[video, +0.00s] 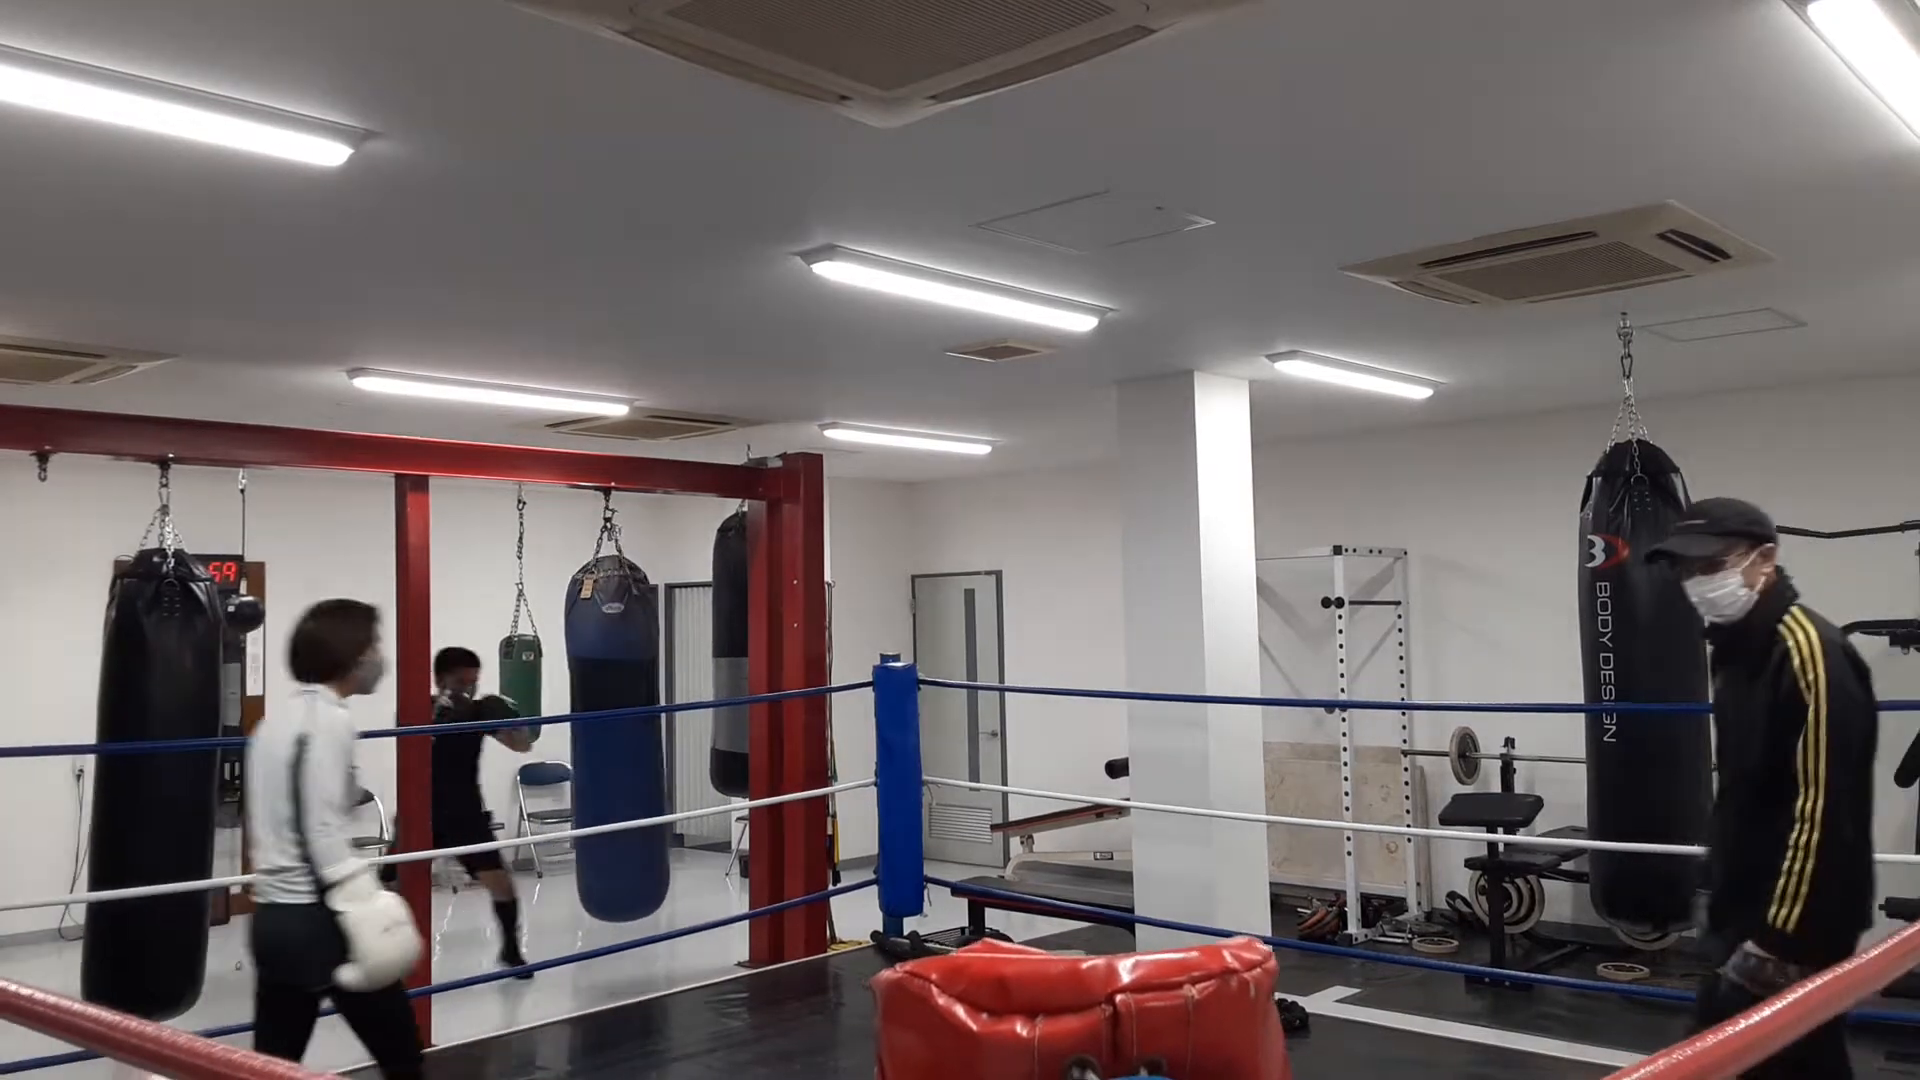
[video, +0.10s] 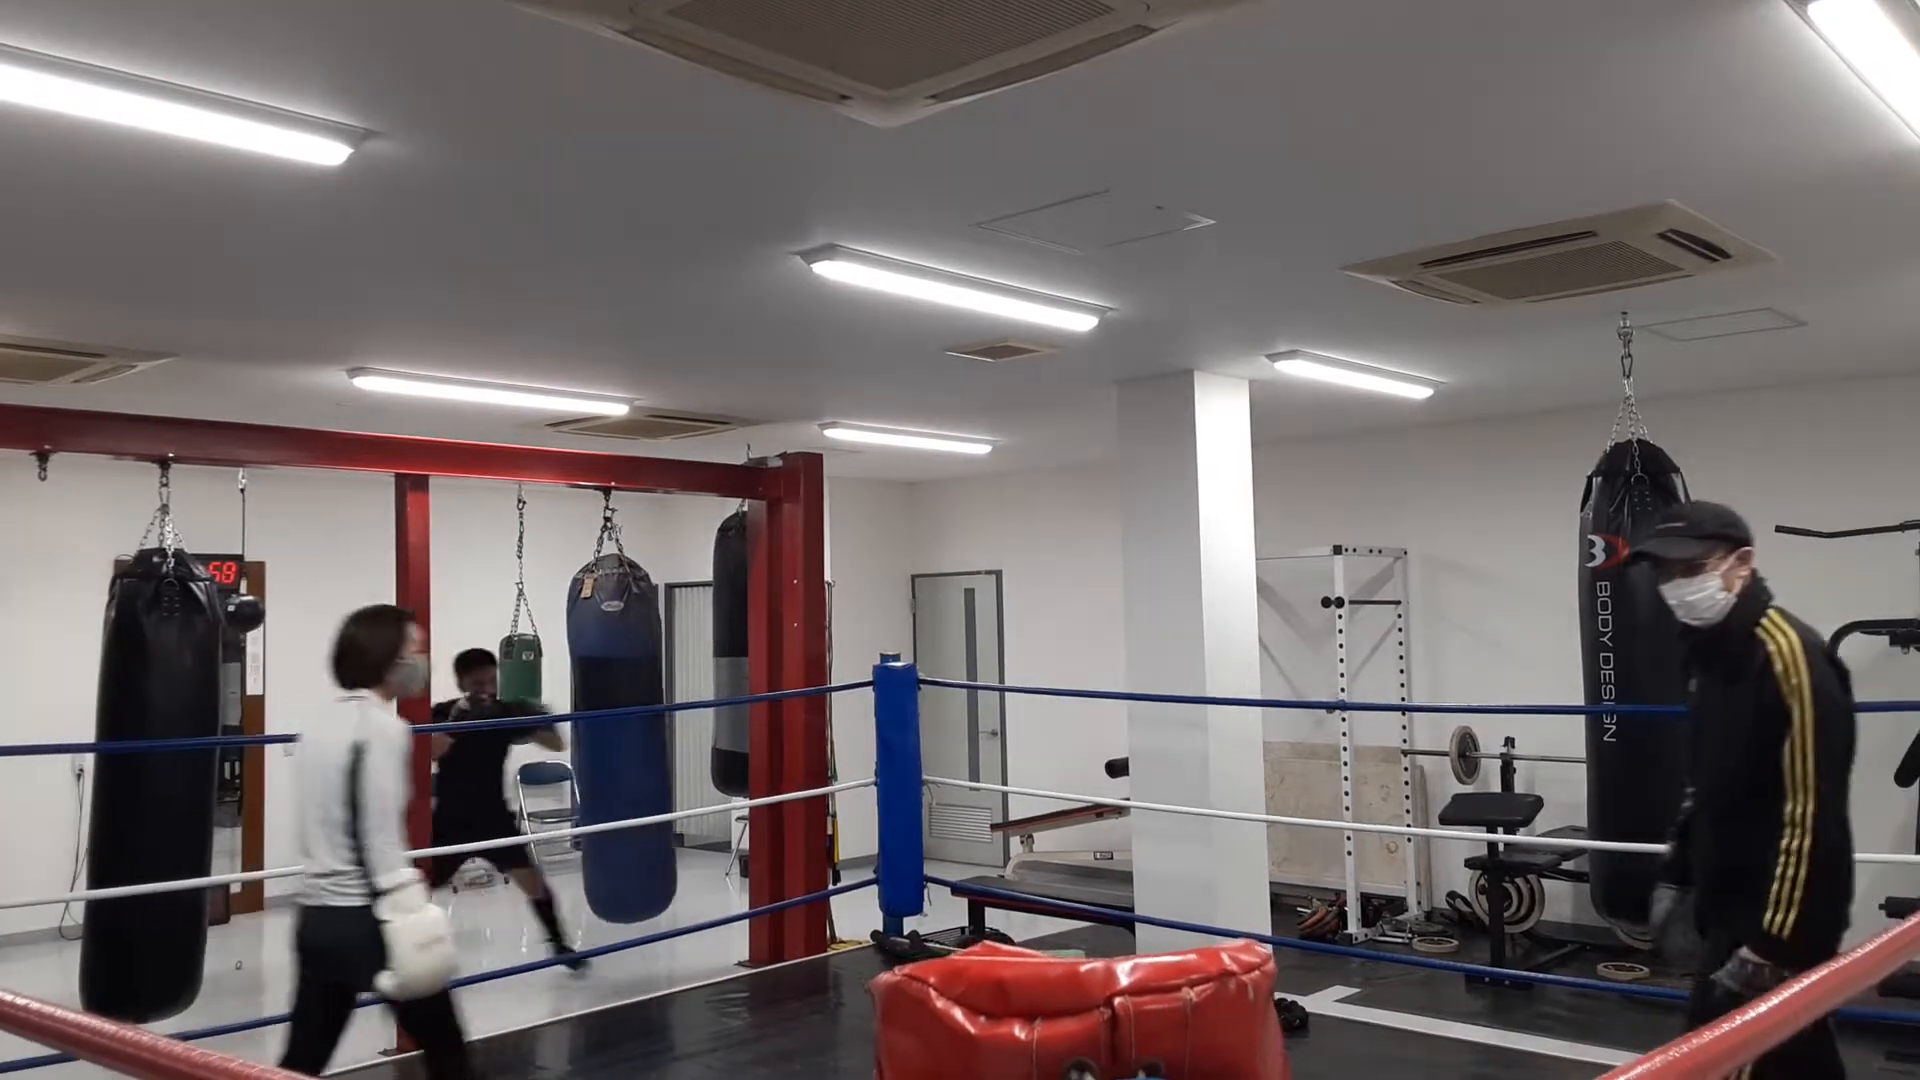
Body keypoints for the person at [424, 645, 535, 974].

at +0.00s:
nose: (469, 689)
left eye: (473, 682)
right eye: (463, 681)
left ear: (476, 681)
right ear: (442, 679)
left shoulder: (478, 712)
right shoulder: (420, 710)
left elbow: (521, 743)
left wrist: (504, 714)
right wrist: (432, 712)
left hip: (465, 812)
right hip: (421, 814)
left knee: (500, 882)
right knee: (396, 886)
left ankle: (511, 950)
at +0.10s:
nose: (485, 689)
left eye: (490, 681)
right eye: (477, 682)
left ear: (496, 680)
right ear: (461, 683)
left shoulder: (508, 714)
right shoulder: (444, 715)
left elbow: (556, 743)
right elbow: (433, 752)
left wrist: (532, 723)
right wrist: (454, 721)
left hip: (493, 815)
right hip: (451, 818)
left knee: (532, 881)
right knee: (422, 889)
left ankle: (560, 946)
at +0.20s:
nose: (509, 686)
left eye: (515, 678)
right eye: (501, 680)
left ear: (523, 678)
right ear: (488, 681)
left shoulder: (540, 709)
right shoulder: (474, 713)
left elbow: (583, 726)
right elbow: (450, 755)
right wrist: (473, 733)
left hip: (531, 810)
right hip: (487, 811)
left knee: (556, 881)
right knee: (461, 880)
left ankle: (580, 948)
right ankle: (459, 953)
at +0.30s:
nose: (532, 686)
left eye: (538, 678)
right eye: (525, 679)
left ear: (551, 675)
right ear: (515, 679)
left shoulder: (567, 707)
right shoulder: (502, 713)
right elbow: (487, 761)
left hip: (557, 805)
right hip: (512, 808)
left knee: (582, 876)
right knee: (507, 883)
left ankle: (621, 946)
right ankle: (502, 955)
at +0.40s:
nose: (565, 688)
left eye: (571, 681)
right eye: (558, 682)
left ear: (584, 682)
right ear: (548, 683)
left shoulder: (599, 714)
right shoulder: (540, 718)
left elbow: (619, 761)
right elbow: (531, 771)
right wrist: (535, 815)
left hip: (600, 812)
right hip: (555, 814)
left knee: (618, 879)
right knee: (545, 884)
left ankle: (640, 952)